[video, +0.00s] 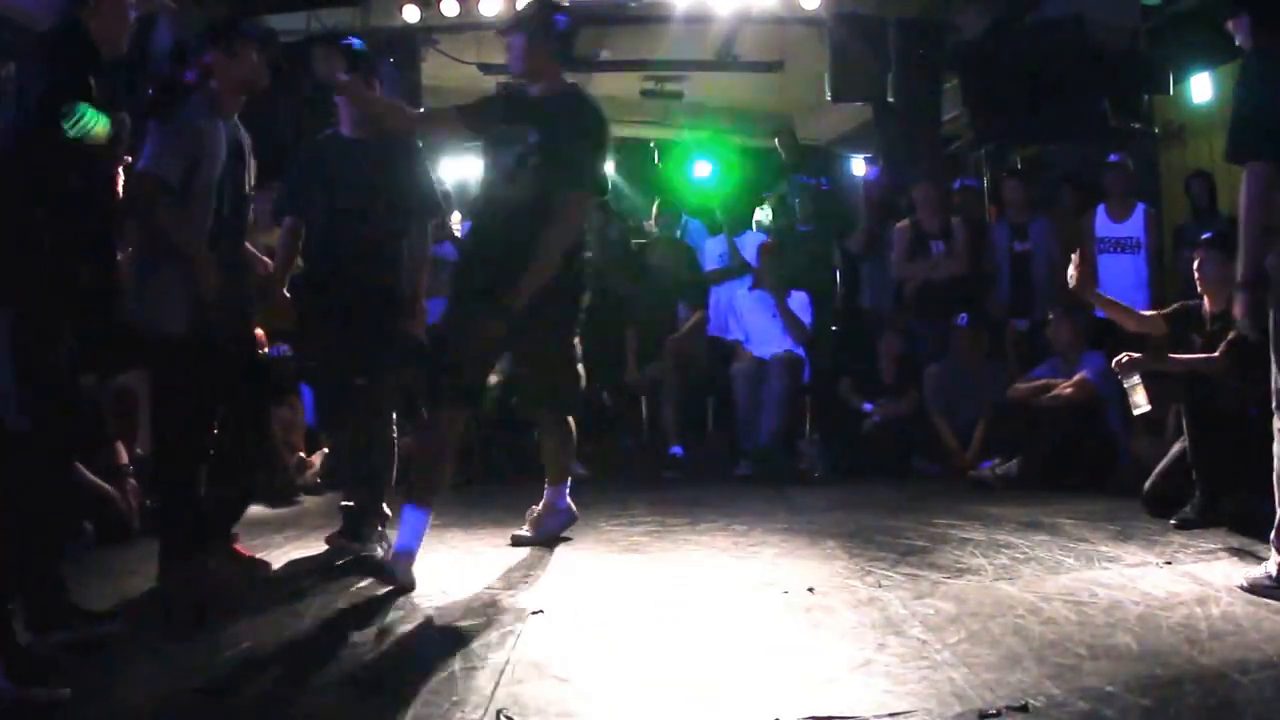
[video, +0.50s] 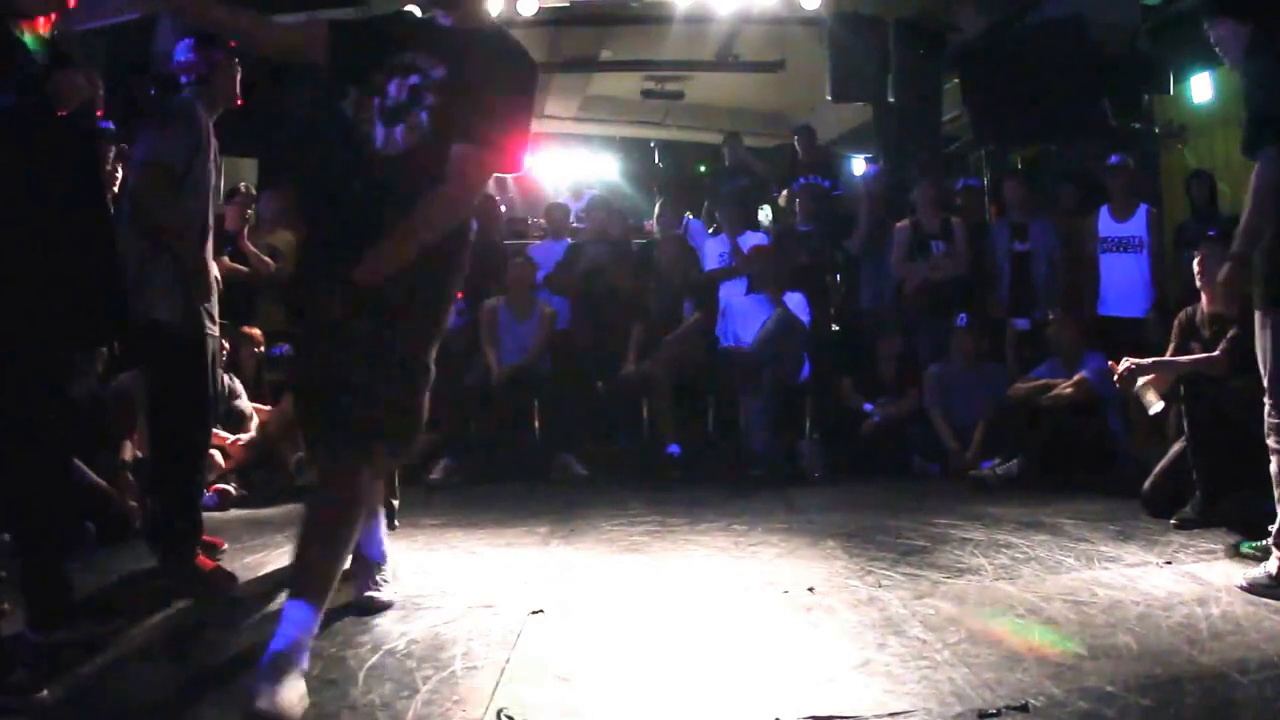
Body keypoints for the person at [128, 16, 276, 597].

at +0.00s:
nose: (259, 71)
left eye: (260, 60)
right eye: (249, 59)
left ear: (249, 69)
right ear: (217, 61)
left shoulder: (239, 137)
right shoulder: (185, 124)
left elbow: (232, 222)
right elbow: (148, 201)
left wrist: (256, 260)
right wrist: (196, 259)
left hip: (221, 303)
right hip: (175, 306)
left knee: (243, 423)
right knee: (182, 426)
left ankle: (216, 536)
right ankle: (180, 553)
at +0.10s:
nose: (241, 81)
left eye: (245, 70)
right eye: (234, 68)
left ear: (240, 75)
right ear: (211, 64)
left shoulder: (219, 125)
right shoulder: (188, 118)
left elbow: (208, 212)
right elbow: (160, 201)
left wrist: (243, 252)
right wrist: (204, 266)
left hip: (208, 304)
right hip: (179, 307)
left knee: (220, 420)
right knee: (189, 427)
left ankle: (211, 539)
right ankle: (183, 556)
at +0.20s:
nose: (239, 78)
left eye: (240, 67)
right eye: (229, 66)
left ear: (230, 72)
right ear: (201, 66)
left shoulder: (211, 127)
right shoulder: (192, 124)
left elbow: (211, 214)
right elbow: (159, 198)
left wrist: (246, 252)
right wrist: (206, 268)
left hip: (203, 308)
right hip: (180, 312)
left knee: (217, 420)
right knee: (187, 432)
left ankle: (201, 529)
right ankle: (179, 560)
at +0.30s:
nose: (233, 80)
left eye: (237, 70)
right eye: (225, 67)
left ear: (231, 74)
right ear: (198, 64)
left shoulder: (203, 126)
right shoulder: (188, 122)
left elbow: (199, 214)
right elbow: (162, 204)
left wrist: (238, 248)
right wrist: (203, 261)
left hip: (190, 302)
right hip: (179, 305)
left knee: (184, 418)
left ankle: (182, 534)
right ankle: (180, 536)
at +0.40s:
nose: (240, 75)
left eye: (239, 64)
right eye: (231, 64)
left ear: (215, 71)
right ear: (205, 67)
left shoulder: (201, 125)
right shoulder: (182, 120)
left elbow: (185, 214)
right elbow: (156, 204)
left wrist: (213, 259)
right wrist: (199, 266)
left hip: (197, 306)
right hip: (174, 309)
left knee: (212, 422)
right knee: (187, 429)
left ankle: (186, 543)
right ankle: (180, 554)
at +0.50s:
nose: (239, 88)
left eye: (238, 78)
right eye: (233, 77)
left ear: (209, 78)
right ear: (209, 76)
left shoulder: (196, 127)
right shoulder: (183, 123)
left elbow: (183, 217)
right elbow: (156, 203)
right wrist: (196, 266)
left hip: (182, 304)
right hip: (168, 307)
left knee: (184, 424)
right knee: (181, 426)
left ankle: (180, 534)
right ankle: (178, 545)